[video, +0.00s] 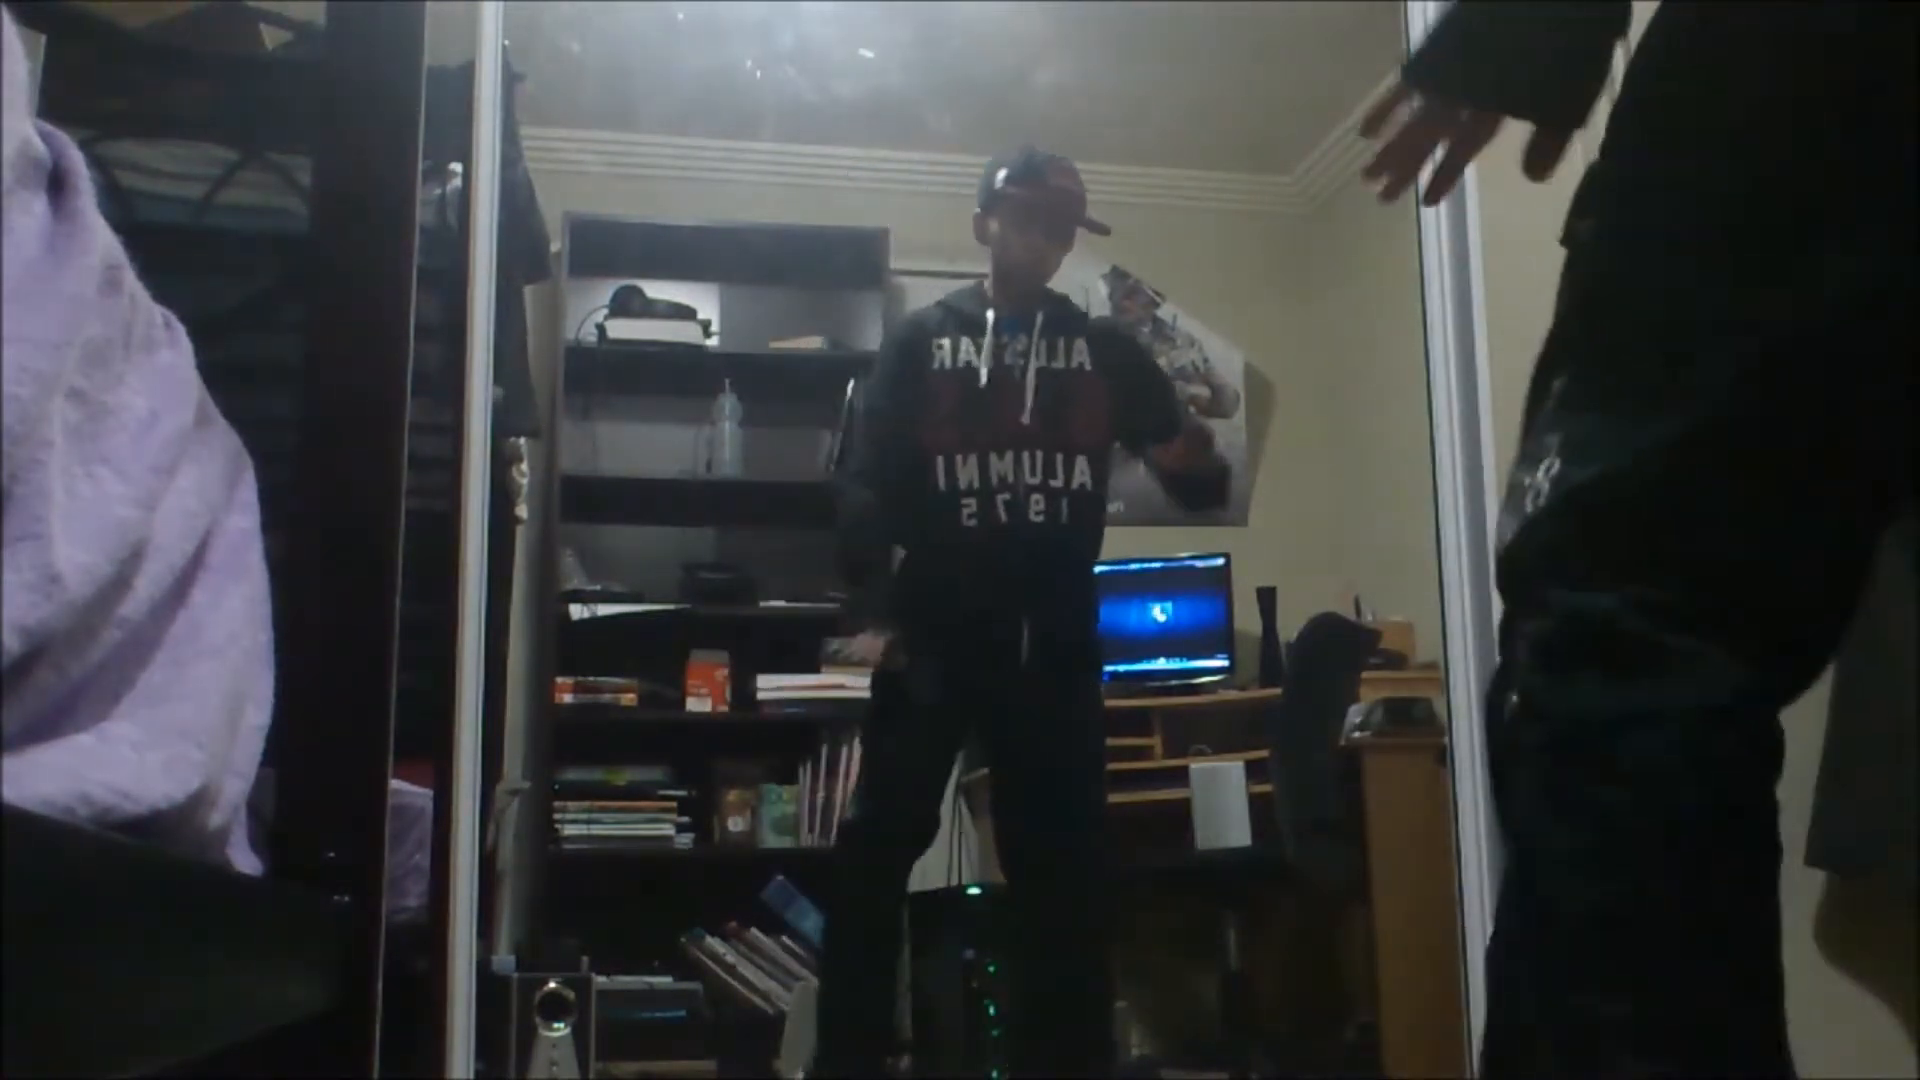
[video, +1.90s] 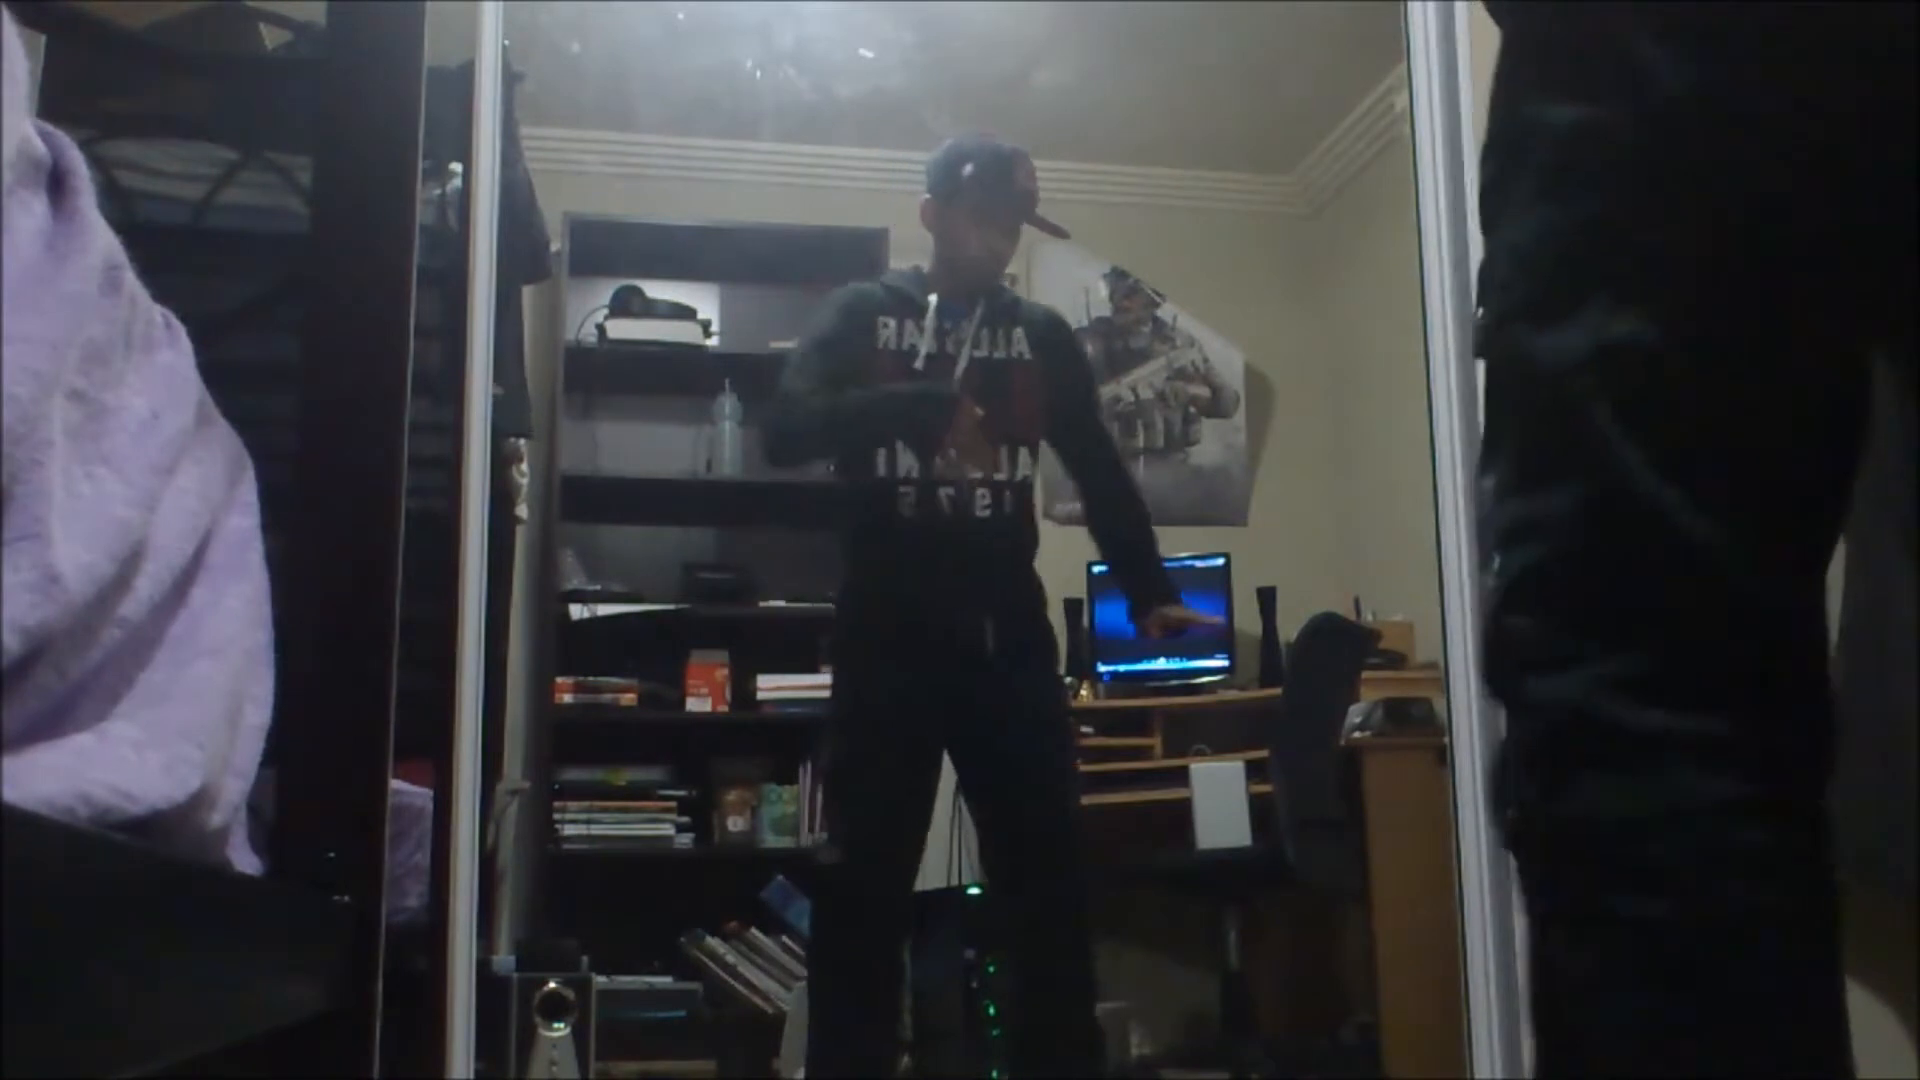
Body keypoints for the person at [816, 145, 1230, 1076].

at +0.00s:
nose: (1051, 238)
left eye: (1064, 225)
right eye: (1033, 217)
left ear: (1075, 237)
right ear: (987, 222)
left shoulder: (1107, 347)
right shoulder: (921, 339)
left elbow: (1202, 484)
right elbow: (864, 480)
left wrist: (1179, 441)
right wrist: (869, 605)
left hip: (1052, 628)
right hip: (934, 625)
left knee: (1060, 862)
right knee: (875, 853)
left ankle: (1067, 1063)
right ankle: (852, 1062)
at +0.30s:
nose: (982, 237)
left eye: (1004, 220)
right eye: (968, 216)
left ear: (1038, 229)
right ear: (945, 223)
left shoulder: (1090, 338)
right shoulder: (898, 342)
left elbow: (1196, 453)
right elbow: (830, 477)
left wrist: (1188, 563)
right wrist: (856, 582)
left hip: (1042, 642)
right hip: (918, 640)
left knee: (1050, 885)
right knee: (852, 872)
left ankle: (1059, 1069)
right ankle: (831, 1071)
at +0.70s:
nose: (933, 239)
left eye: (957, 224)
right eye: (922, 222)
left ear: (996, 234)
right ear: (904, 230)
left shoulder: (1053, 339)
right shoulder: (873, 353)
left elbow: (1098, 493)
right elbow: (853, 523)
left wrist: (1087, 529)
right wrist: (800, 602)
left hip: (1022, 634)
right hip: (904, 634)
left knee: (1054, 869)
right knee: (828, 852)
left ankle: (1055, 1065)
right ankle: (767, 1063)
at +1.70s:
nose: (975, 239)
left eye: (988, 223)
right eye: (957, 218)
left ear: (997, 225)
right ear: (903, 213)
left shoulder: (1009, 339)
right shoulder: (829, 327)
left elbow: (1053, 481)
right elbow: (790, 479)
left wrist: (1088, 598)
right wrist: (895, 519)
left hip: (989, 637)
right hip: (869, 639)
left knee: (1048, 863)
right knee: (856, 880)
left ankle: (1091, 1063)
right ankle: (848, 1068)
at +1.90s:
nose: (1001, 238)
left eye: (1014, 221)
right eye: (983, 217)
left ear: (1027, 223)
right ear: (933, 212)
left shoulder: (1042, 337)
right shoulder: (862, 313)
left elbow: (1099, 470)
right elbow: (786, 424)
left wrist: (1152, 594)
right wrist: (919, 412)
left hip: (1005, 627)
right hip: (889, 623)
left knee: (1042, 867)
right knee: (867, 875)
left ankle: (1055, 1064)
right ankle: (850, 1065)